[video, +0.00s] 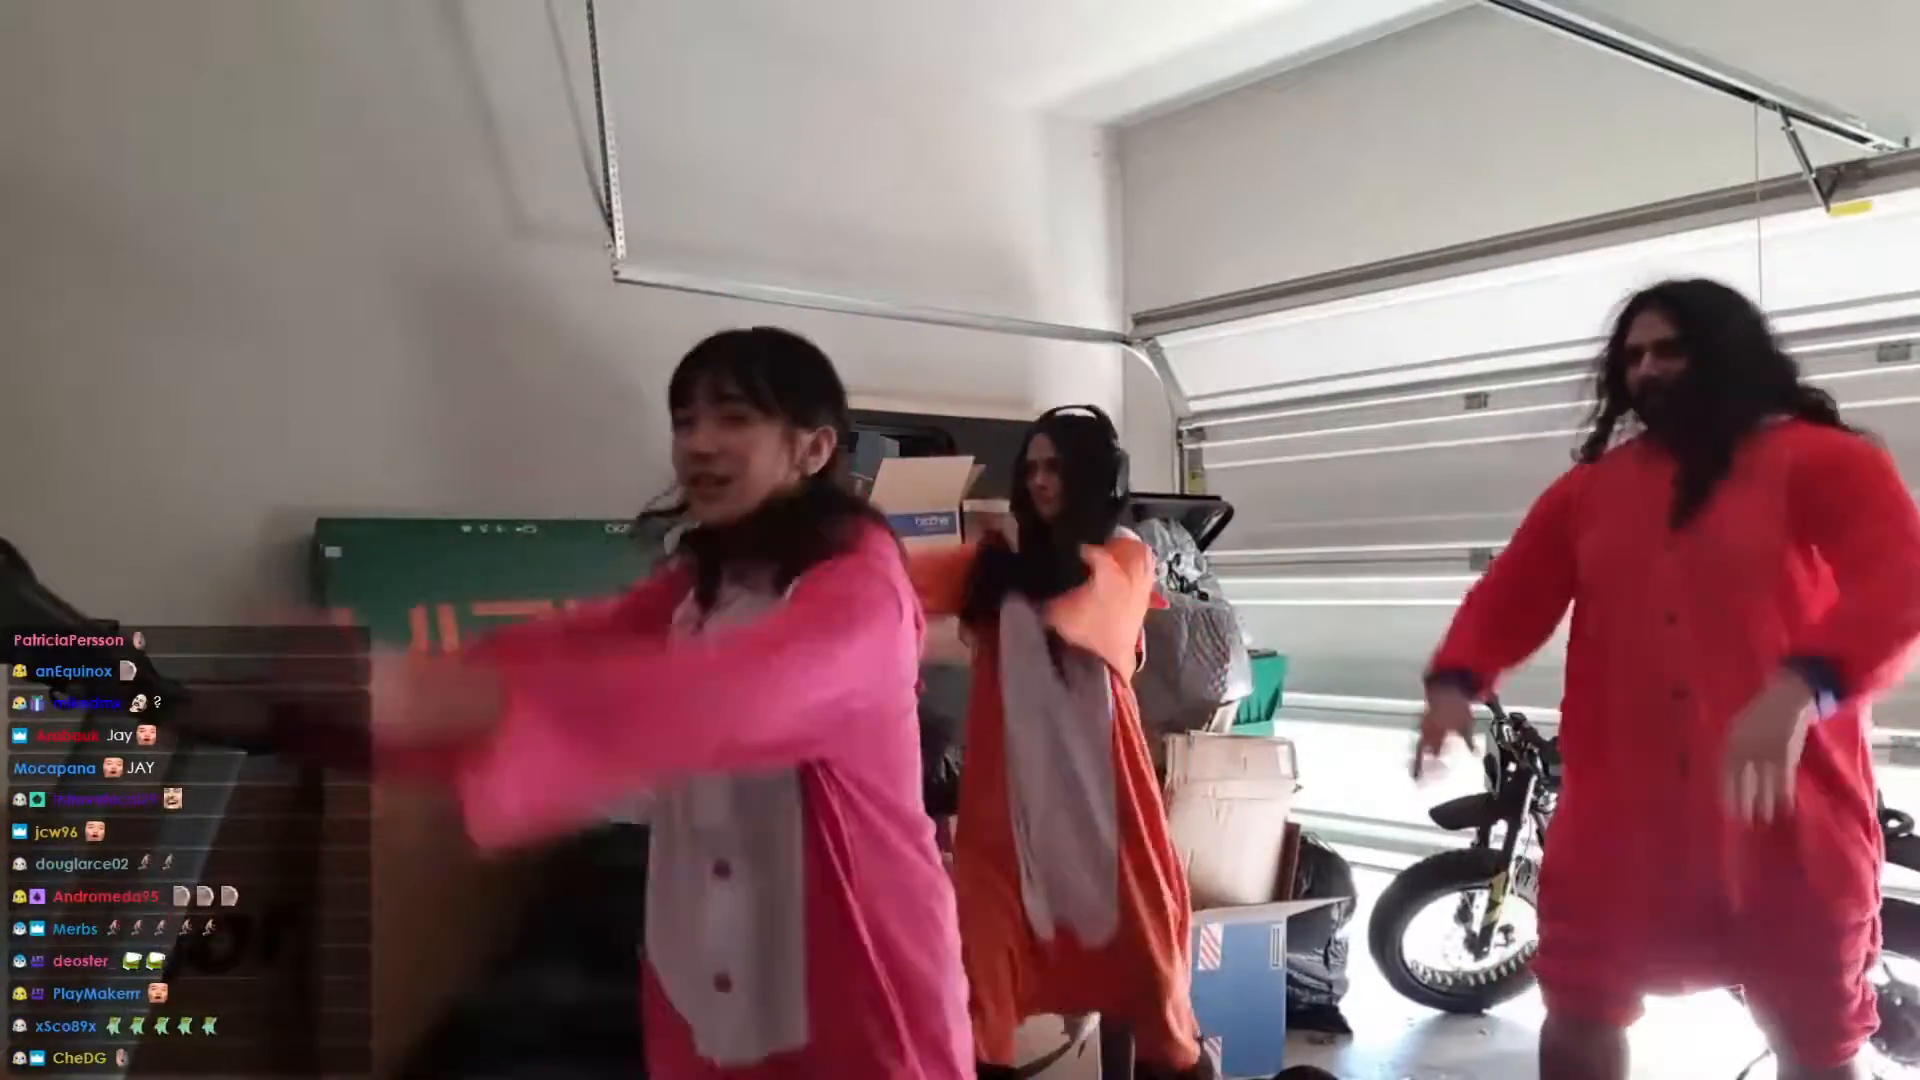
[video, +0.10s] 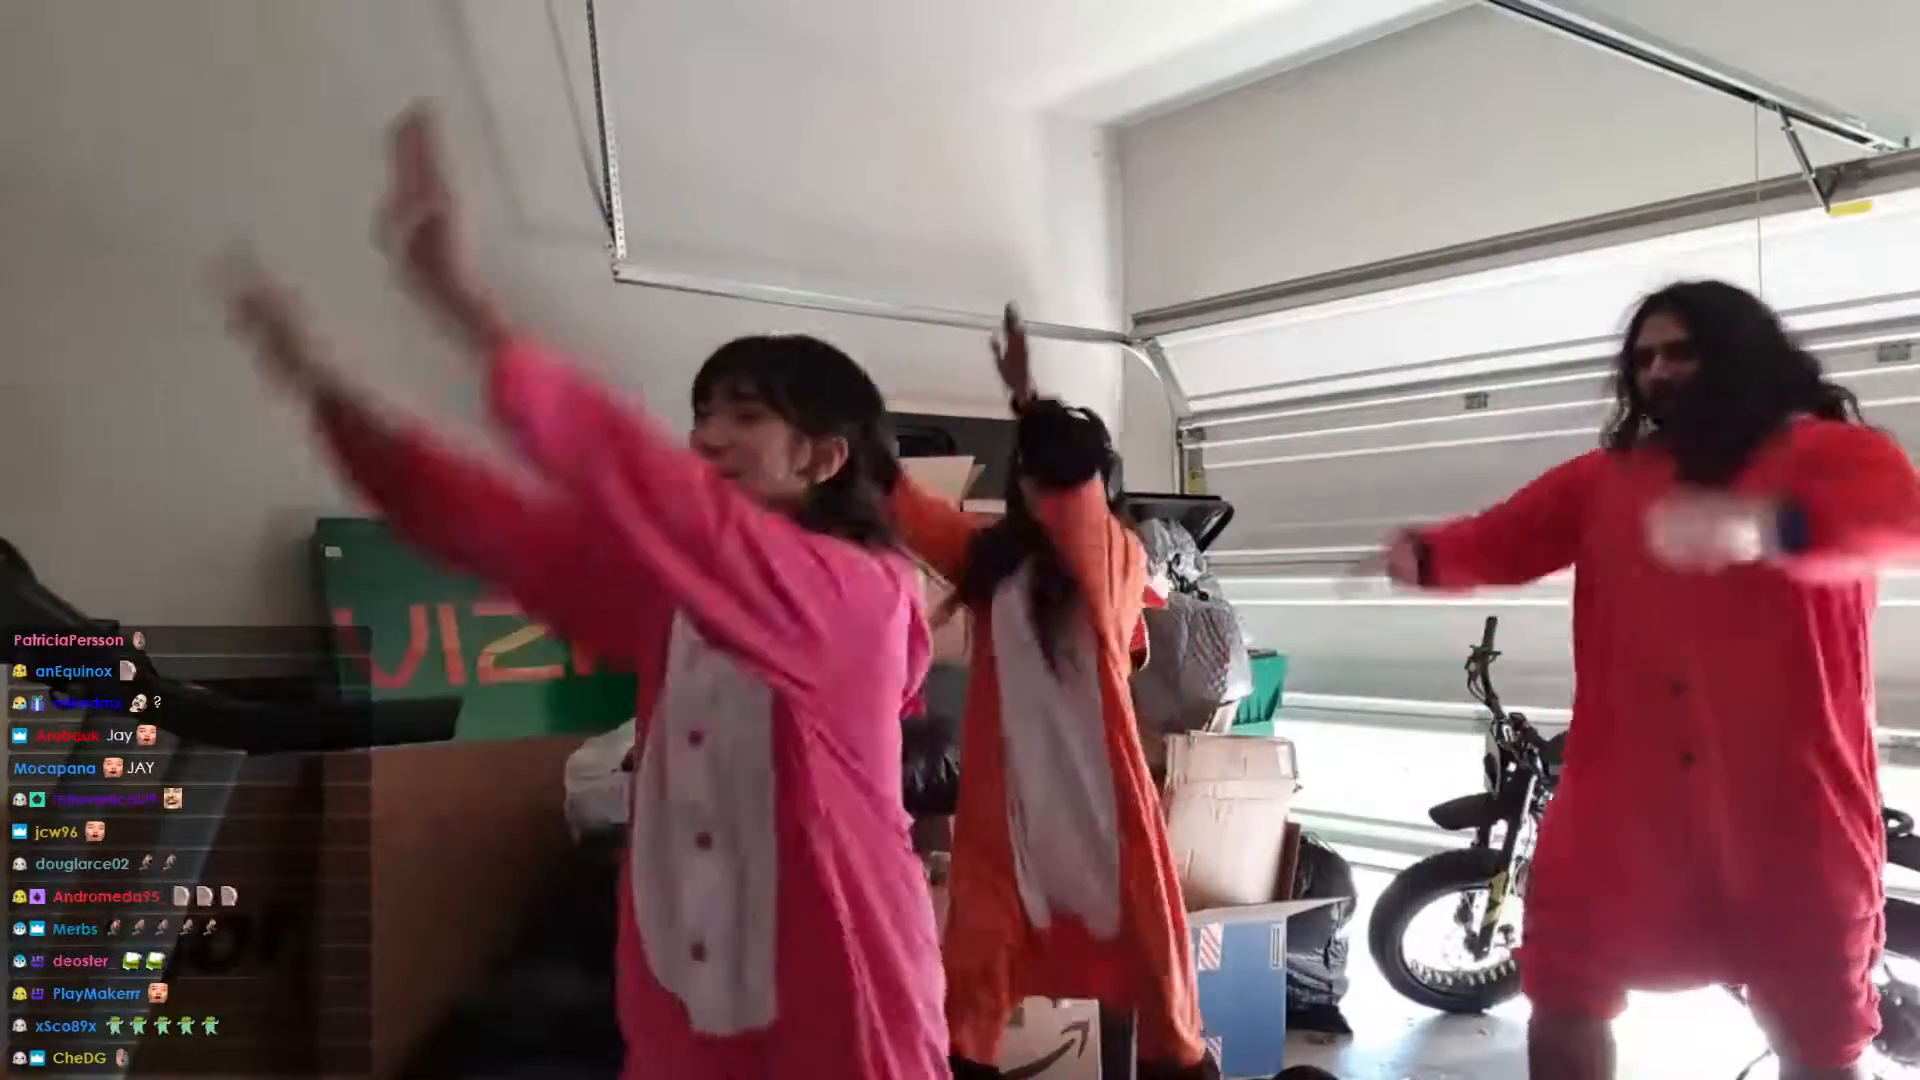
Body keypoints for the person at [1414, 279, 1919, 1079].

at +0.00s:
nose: (1645, 372)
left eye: (1667, 352)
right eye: (1631, 357)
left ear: (1722, 354)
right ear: (1617, 373)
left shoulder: (1824, 464)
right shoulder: (1592, 492)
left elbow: (1899, 588)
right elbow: (1513, 592)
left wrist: (1803, 687)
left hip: (1791, 822)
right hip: (1617, 819)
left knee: (1819, 1051)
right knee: (1578, 1033)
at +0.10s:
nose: (1657, 374)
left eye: (1679, 353)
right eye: (1642, 359)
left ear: (1735, 356)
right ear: (1627, 375)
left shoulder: (1823, 453)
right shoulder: (1605, 480)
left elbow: (1901, 512)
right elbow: (1508, 537)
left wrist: (1769, 525)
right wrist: (1426, 554)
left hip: (1787, 812)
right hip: (1621, 802)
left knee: (1822, 1047)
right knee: (1564, 1003)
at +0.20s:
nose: (1652, 388)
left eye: (1677, 369)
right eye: (1637, 374)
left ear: (1735, 375)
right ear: (1622, 389)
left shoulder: (1812, 477)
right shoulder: (1595, 482)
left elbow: (1862, 422)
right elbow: (1466, 455)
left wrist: (1758, 273)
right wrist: (1436, 328)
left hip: (1789, 834)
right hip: (1615, 826)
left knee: (1822, 1063)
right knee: (1546, 1032)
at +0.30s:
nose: (1641, 392)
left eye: (1669, 373)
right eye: (1627, 376)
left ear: (1729, 383)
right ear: (1611, 394)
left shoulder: (1804, 473)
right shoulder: (1588, 481)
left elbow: (1840, 394)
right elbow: (1470, 438)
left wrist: (1767, 237)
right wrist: (1449, 306)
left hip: (1779, 833)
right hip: (1611, 823)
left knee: (1815, 1057)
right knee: (1539, 1004)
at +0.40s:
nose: (1652, 369)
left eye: (1676, 350)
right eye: (1634, 356)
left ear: (1729, 362)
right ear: (1614, 377)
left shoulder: (1795, 457)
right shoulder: (1587, 472)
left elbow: (1868, 454)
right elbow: (1462, 486)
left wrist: (1769, 339)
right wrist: (1403, 401)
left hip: (1770, 814)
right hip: (1599, 808)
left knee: (1807, 1057)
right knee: (1539, 1014)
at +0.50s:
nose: (1648, 361)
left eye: (1671, 340)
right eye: (1628, 347)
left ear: (1720, 351)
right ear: (1606, 372)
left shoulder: (1802, 459)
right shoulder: (1578, 485)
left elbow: (1885, 546)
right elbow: (1483, 565)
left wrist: (1781, 553)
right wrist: (1409, 578)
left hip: (1764, 817)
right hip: (1597, 813)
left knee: (1808, 1051)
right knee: (1548, 1025)